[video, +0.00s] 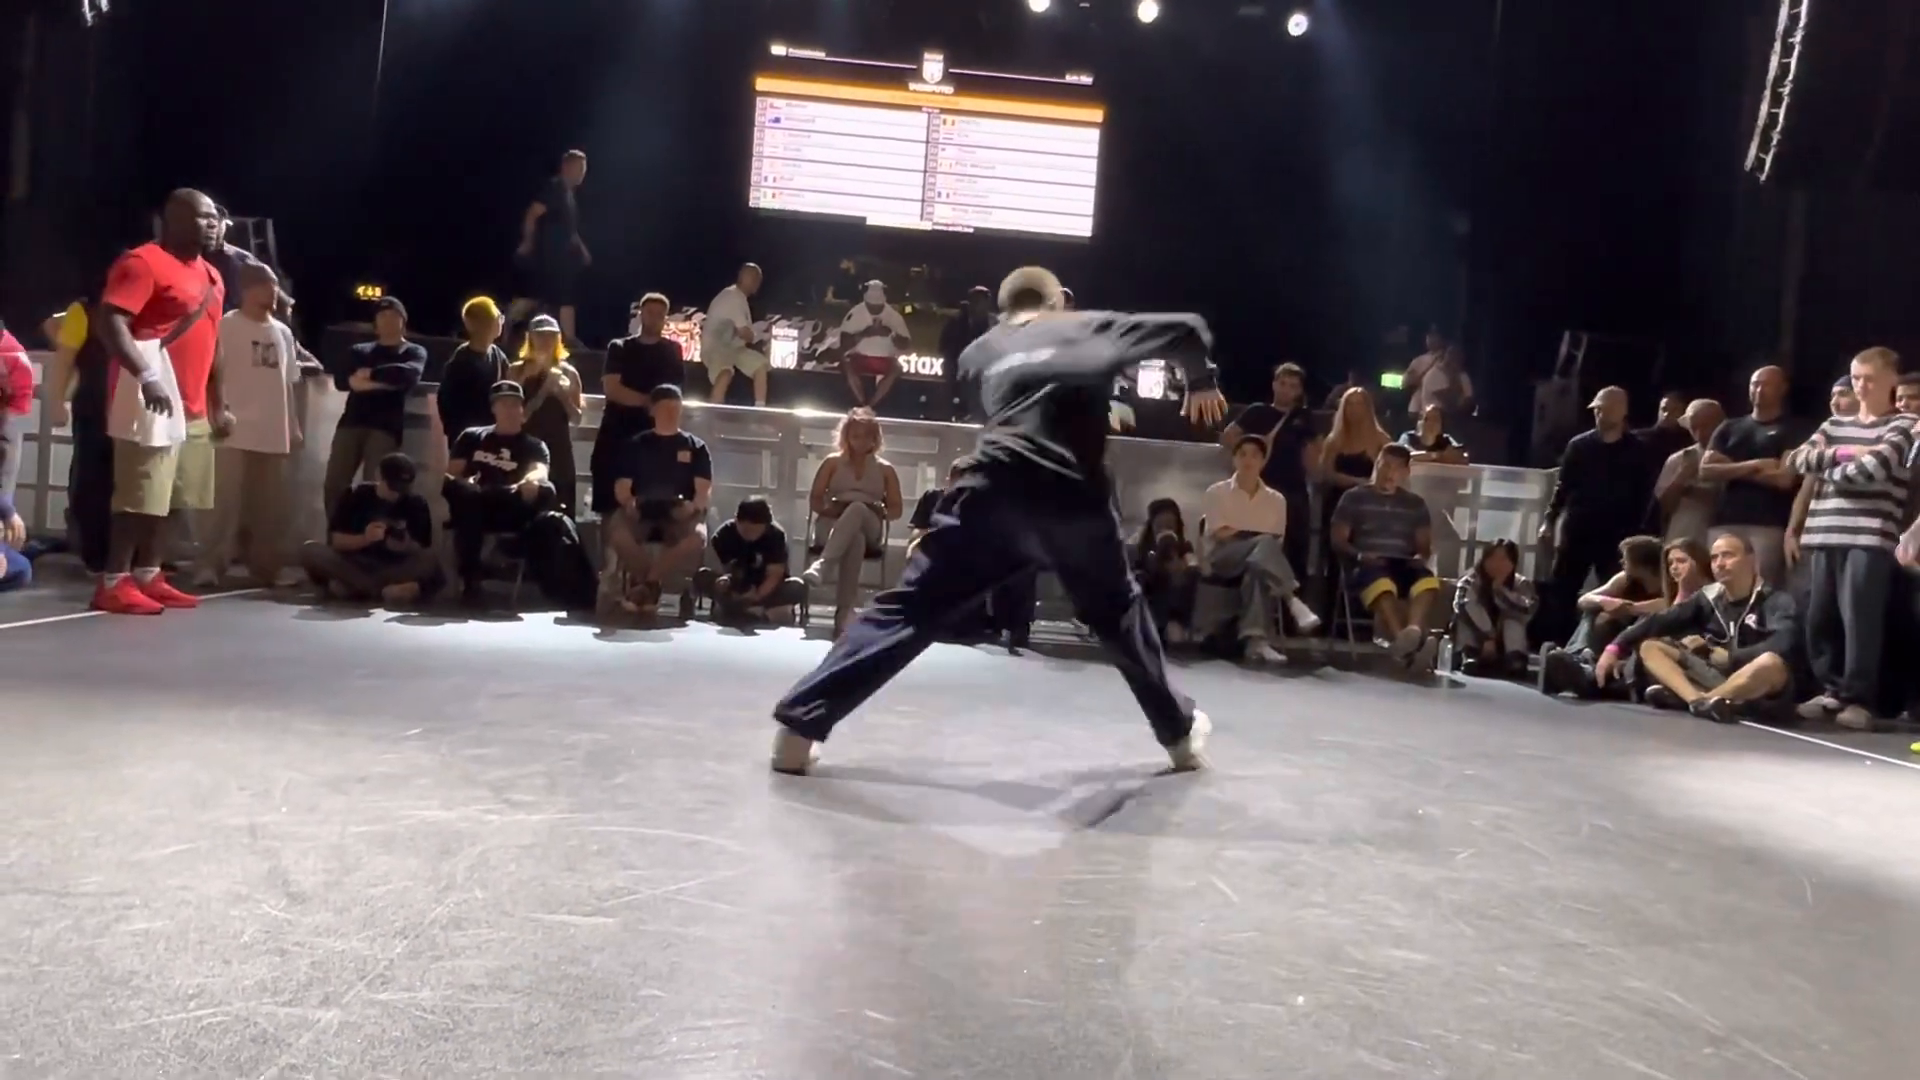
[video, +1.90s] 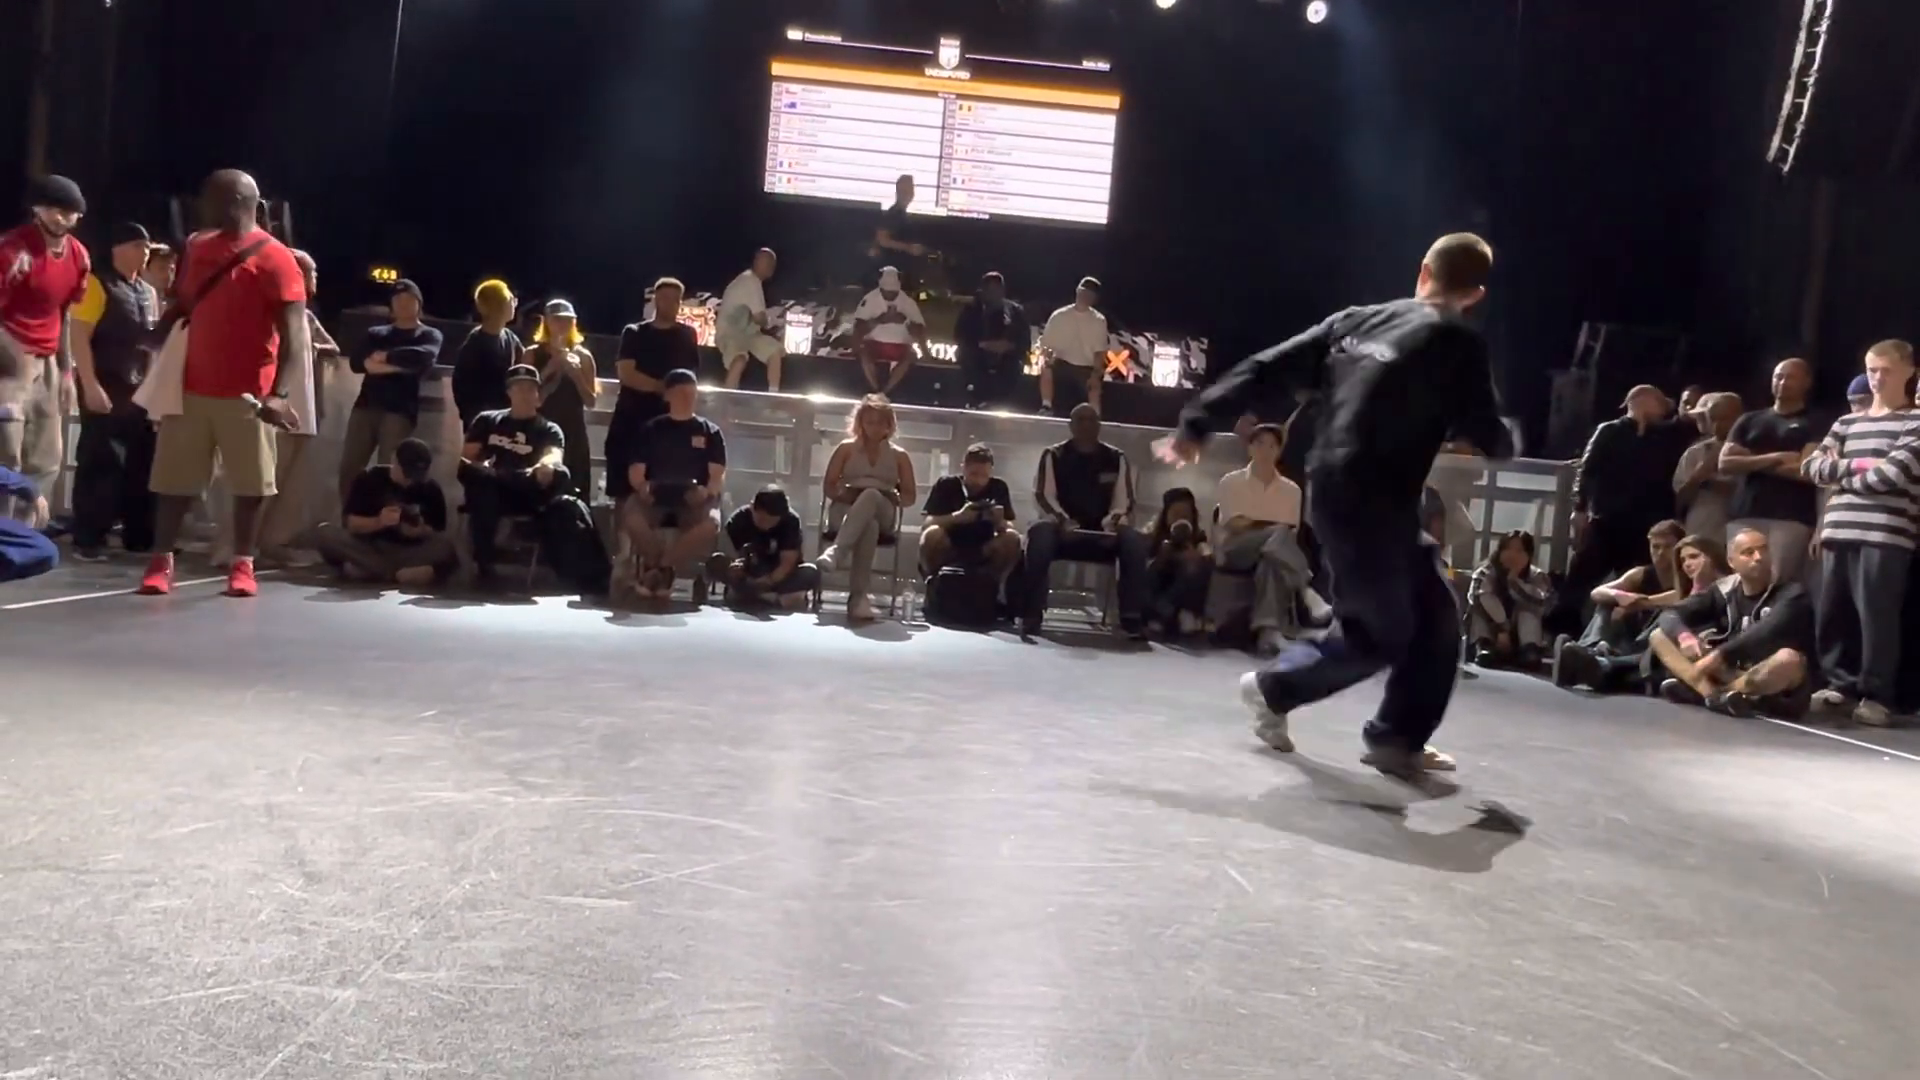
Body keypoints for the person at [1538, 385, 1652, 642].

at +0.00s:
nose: (1598, 414)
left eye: (1604, 410)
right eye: (1596, 409)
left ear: (1622, 413)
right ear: (1593, 410)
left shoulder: (1637, 450)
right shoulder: (1579, 445)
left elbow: (1642, 495)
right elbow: (1563, 487)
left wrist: (1634, 531)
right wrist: (1548, 521)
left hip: (1616, 533)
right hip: (1578, 532)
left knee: (1615, 597)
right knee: (1563, 592)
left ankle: (1612, 654)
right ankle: (1554, 647)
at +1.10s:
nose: (1638, 410)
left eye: (1638, 405)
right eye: (1634, 404)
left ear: (1618, 407)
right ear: (1618, 404)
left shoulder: (1631, 445)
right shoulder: (1585, 435)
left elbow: (1635, 485)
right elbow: (1567, 474)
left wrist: (1634, 513)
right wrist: (1568, 508)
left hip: (1621, 521)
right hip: (1588, 520)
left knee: (1623, 585)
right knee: (1566, 582)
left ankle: (1621, 645)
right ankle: (1559, 638)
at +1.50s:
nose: (1658, 409)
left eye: (1658, 403)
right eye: (1653, 402)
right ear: (1637, 402)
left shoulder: (1663, 437)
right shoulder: (1604, 434)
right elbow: (1583, 473)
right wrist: (1578, 511)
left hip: (1648, 520)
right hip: (1608, 520)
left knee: (1643, 581)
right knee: (1583, 578)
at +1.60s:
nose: (1661, 409)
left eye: (1661, 403)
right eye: (1656, 402)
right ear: (1639, 402)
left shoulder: (1664, 436)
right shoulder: (1606, 433)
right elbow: (1584, 474)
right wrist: (1579, 510)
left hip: (1649, 522)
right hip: (1609, 521)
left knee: (1645, 584)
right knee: (1583, 578)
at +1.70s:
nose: (1663, 408)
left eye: (1663, 403)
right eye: (1658, 401)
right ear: (1640, 402)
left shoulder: (1666, 436)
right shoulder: (1607, 433)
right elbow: (1585, 474)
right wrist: (1580, 511)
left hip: (1650, 523)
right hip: (1609, 521)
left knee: (1643, 583)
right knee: (1586, 576)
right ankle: (1565, 628)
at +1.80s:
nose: (1664, 407)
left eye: (1663, 402)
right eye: (1659, 400)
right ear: (1640, 403)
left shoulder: (1667, 437)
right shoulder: (1607, 433)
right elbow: (1584, 472)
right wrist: (1579, 510)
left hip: (1649, 523)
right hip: (1608, 521)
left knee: (1642, 583)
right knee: (1583, 578)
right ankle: (1564, 630)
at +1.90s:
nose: (1665, 405)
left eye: (1663, 401)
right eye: (1658, 399)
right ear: (1640, 403)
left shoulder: (1665, 436)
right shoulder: (1609, 431)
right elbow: (1586, 470)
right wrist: (1580, 507)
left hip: (1647, 521)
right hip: (1606, 520)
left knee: (1639, 582)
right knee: (1582, 577)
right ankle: (1563, 629)